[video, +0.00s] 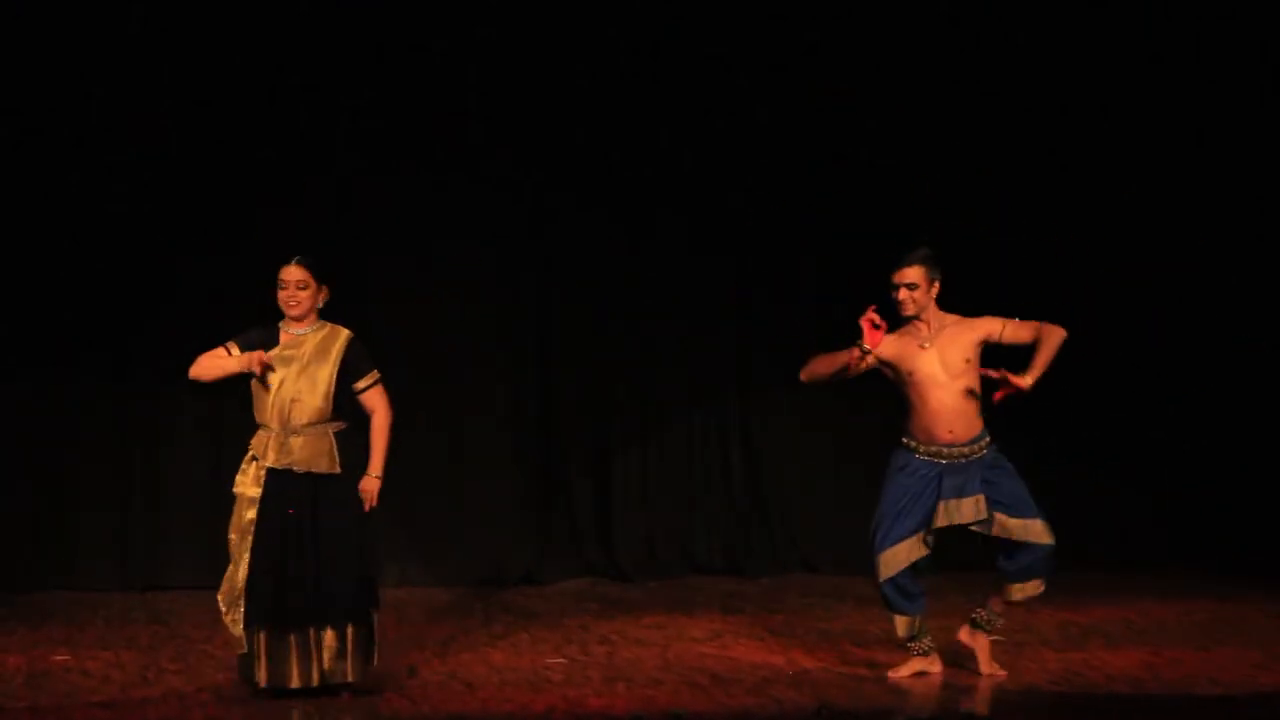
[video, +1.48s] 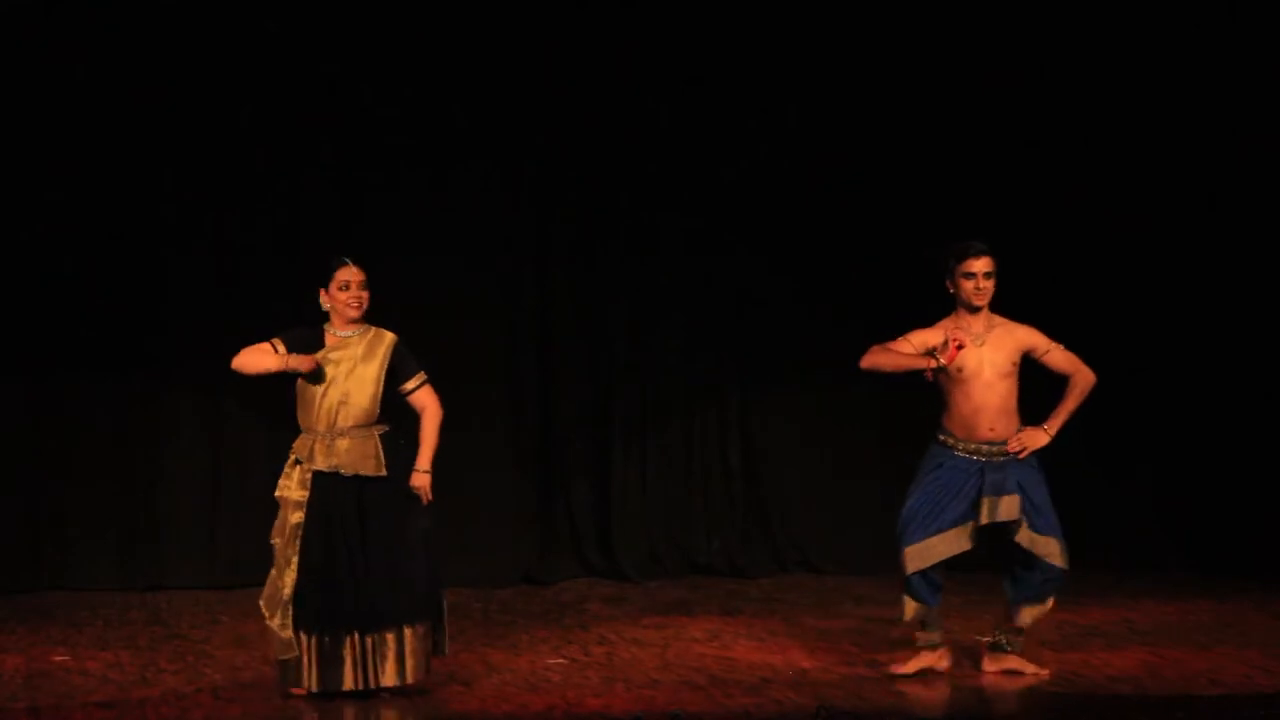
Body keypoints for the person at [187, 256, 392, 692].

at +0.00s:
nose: (290, 295)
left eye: (300, 287)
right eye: (284, 287)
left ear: (320, 293)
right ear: (276, 293)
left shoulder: (341, 344)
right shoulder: (260, 340)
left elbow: (380, 409)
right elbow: (198, 370)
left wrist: (374, 473)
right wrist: (243, 363)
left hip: (325, 473)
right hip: (270, 471)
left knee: (328, 566)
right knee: (269, 568)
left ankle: (330, 671)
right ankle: (273, 669)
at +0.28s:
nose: (323, 299)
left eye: (327, 291)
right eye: (312, 290)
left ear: (331, 299)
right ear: (286, 298)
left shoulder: (344, 349)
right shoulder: (263, 343)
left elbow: (386, 411)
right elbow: (202, 371)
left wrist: (380, 471)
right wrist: (250, 372)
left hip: (331, 475)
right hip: (274, 475)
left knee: (335, 571)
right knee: (272, 573)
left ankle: (333, 674)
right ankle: (274, 674)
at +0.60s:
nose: (331, 294)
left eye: (335, 287)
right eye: (320, 286)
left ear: (339, 294)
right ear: (294, 293)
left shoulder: (352, 344)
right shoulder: (270, 338)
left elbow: (394, 406)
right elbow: (209, 358)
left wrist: (386, 463)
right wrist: (265, 360)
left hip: (338, 470)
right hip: (280, 469)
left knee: (351, 569)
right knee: (276, 569)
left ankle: (359, 673)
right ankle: (269, 674)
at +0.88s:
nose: (328, 297)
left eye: (336, 290)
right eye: (318, 290)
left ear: (347, 295)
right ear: (305, 296)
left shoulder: (367, 346)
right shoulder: (287, 344)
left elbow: (414, 404)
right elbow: (228, 370)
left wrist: (402, 458)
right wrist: (271, 358)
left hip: (353, 470)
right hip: (295, 469)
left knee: (360, 568)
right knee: (293, 567)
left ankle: (363, 673)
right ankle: (294, 671)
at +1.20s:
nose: (323, 294)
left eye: (333, 286)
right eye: (316, 286)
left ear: (354, 291)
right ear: (309, 291)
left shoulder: (376, 342)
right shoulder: (296, 339)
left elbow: (422, 401)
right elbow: (232, 369)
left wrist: (411, 460)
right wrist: (274, 369)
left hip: (358, 468)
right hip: (300, 467)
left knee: (366, 565)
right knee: (301, 567)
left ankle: (371, 673)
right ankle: (304, 673)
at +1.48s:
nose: (355, 295)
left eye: (362, 287)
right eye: (345, 287)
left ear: (370, 295)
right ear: (326, 295)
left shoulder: (386, 346)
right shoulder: (306, 341)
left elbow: (430, 407)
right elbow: (242, 361)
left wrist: (422, 467)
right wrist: (293, 362)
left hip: (371, 471)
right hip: (315, 471)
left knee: (377, 570)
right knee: (315, 571)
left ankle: (381, 675)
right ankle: (316, 674)